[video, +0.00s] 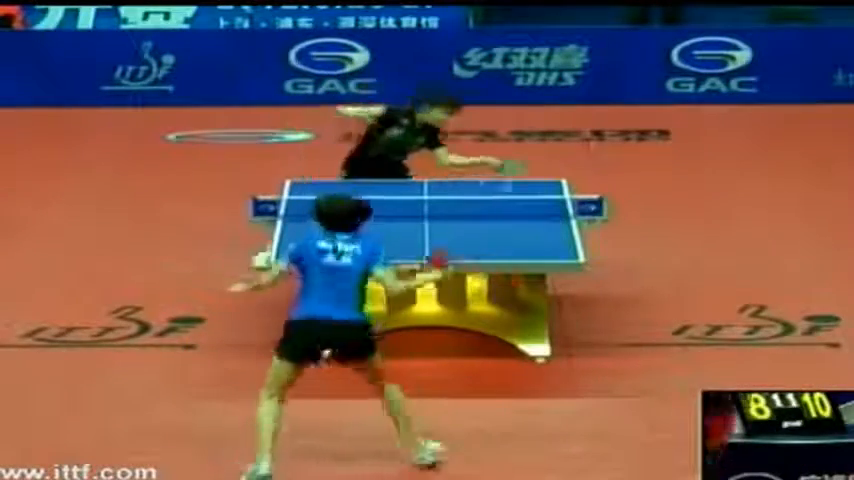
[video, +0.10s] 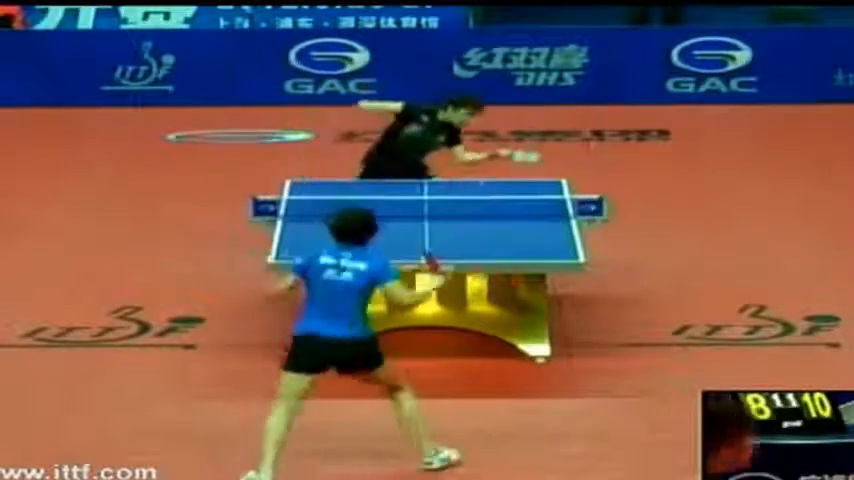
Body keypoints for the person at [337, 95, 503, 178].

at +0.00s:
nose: (446, 120)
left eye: (448, 115)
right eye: (444, 113)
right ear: (428, 108)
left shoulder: (430, 134)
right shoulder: (397, 114)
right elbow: (368, 113)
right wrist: (347, 111)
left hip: (392, 170)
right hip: (361, 168)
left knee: (413, 201)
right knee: (361, 209)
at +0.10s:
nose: (467, 121)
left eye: (470, 117)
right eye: (466, 115)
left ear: (461, 116)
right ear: (452, 109)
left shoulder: (451, 133)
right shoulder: (420, 111)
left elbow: (461, 158)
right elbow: (393, 108)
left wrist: (489, 156)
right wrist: (367, 105)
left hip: (410, 167)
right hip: (381, 163)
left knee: (435, 195)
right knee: (368, 200)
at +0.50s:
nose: (447, 87)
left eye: (450, 83)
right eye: (443, 82)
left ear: (452, 87)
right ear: (431, 80)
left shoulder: (451, 109)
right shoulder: (406, 93)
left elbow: (461, 137)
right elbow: (380, 91)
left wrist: (466, 138)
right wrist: (362, 89)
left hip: (421, 168)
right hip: (379, 164)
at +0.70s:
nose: (406, 97)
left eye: (411, 92)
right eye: (403, 91)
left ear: (417, 95)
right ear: (393, 92)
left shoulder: (420, 117)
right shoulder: (375, 109)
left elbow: (434, 141)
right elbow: (351, 117)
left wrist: (439, 146)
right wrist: (333, 126)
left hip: (402, 169)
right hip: (366, 167)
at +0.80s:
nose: (391, 104)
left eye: (395, 99)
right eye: (387, 98)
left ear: (401, 102)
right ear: (377, 99)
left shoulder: (405, 124)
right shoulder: (357, 117)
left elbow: (416, 146)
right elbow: (335, 125)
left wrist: (426, 151)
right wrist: (321, 136)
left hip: (388, 176)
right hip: (351, 175)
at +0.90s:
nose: (379, 96)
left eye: (382, 91)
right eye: (373, 91)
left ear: (386, 95)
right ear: (362, 92)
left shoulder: (388, 116)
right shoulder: (338, 109)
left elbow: (404, 135)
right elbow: (304, 126)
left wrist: (409, 141)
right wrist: (327, 135)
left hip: (372, 173)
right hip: (333, 173)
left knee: (399, 193)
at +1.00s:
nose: (377, 88)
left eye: (380, 83)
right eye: (372, 82)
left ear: (384, 86)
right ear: (361, 83)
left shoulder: (385, 107)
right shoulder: (339, 101)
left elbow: (402, 122)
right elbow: (301, 114)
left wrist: (406, 132)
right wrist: (325, 121)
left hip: (365, 155)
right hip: (331, 158)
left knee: (391, 188)